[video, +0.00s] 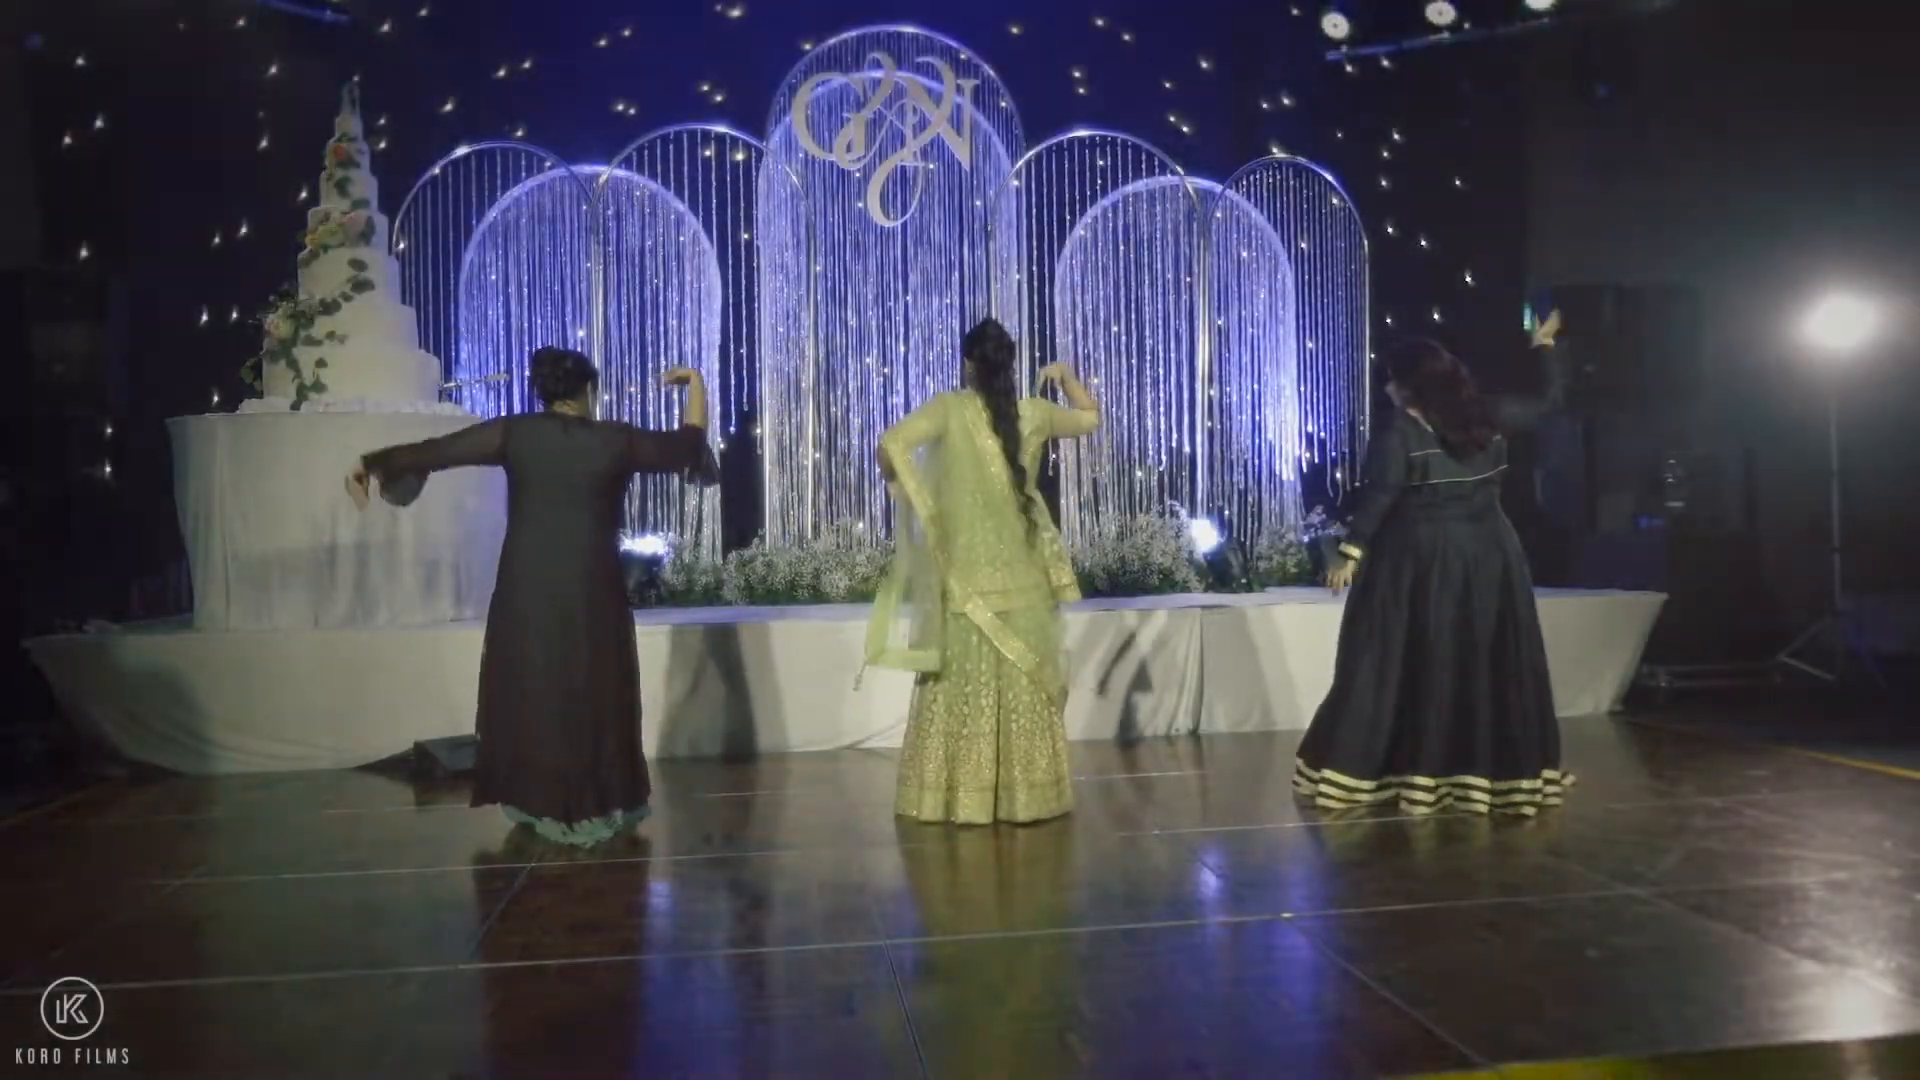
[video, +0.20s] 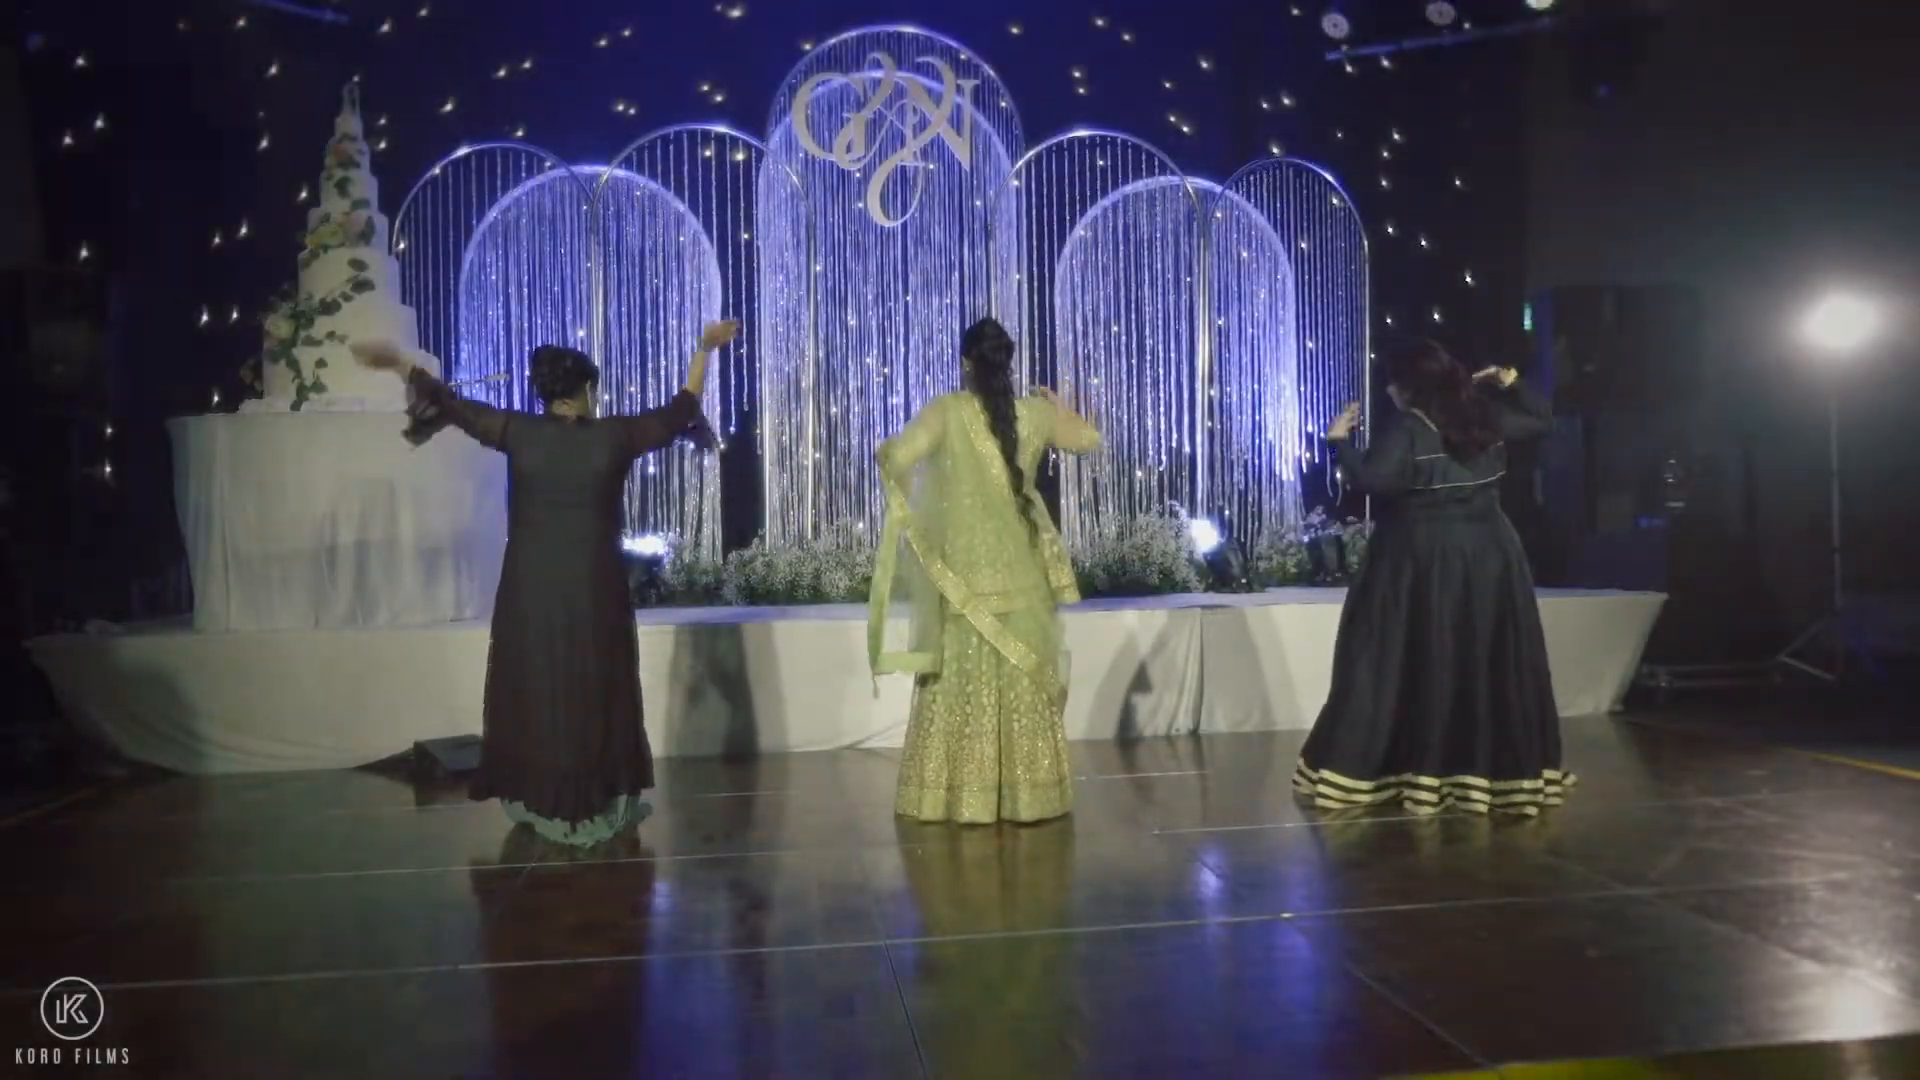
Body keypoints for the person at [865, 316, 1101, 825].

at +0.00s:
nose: (963, 366)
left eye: (964, 359)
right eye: (976, 359)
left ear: (967, 363)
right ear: (1010, 363)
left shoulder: (948, 407)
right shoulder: (1033, 414)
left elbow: (890, 445)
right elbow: (1090, 418)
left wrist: (922, 508)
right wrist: (1067, 375)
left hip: (964, 571)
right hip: (1023, 571)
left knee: (964, 689)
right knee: (1025, 686)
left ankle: (964, 797)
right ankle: (1024, 798)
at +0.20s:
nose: (962, 365)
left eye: (963, 358)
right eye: (972, 358)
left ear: (966, 362)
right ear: (1008, 361)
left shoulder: (948, 410)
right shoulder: (1036, 413)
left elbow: (895, 456)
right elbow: (1088, 440)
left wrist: (900, 493)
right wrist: (1061, 405)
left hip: (963, 569)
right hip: (1022, 570)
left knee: (964, 686)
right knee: (1024, 684)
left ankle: (965, 795)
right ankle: (1025, 797)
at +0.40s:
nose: (962, 365)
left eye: (963, 358)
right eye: (976, 357)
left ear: (965, 361)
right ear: (1008, 361)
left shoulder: (945, 409)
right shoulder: (1035, 410)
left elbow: (880, 435)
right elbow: (1093, 425)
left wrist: (864, 407)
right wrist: (1099, 400)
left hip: (957, 565)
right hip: (1019, 563)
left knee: (960, 682)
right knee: (1023, 680)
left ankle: (963, 795)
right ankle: (1028, 795)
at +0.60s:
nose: (965, 363)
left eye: (965, 356)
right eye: (975, 354)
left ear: (965, 361)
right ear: (1007, 360)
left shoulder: (945, 406)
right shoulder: (1031, 407)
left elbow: (874, 385)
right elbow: (1077, 381)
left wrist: (877, 323)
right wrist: (1086, 323)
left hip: (963, 564)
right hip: (1022, 563)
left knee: (963, 685)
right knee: (1026, 682)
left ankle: (967, 796)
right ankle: (1029, 797)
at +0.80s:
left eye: (967, 353)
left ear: (964, 363)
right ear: (1006, 364)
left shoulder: (943, 409)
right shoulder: (1025, 409)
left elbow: (913, 368)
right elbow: (1035, 367)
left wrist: (941, 314)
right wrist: (1010, 326)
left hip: (963, 564)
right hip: (1022, 562)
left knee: (961, 684)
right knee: (1024, 682)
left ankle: (963, 795)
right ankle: (1027, 795)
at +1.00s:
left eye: (968, 355)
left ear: (963, 363)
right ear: (1004, 363)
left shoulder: (941, 409)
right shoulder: (1025, 407)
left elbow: (907, 376)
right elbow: (1041, 374)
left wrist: (951, 334)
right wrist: (1003, 343)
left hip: (963, 563)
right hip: (1022, 562)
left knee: (959, 685)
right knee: (1024, 682)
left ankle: (961, 795)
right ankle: (1027, 795)